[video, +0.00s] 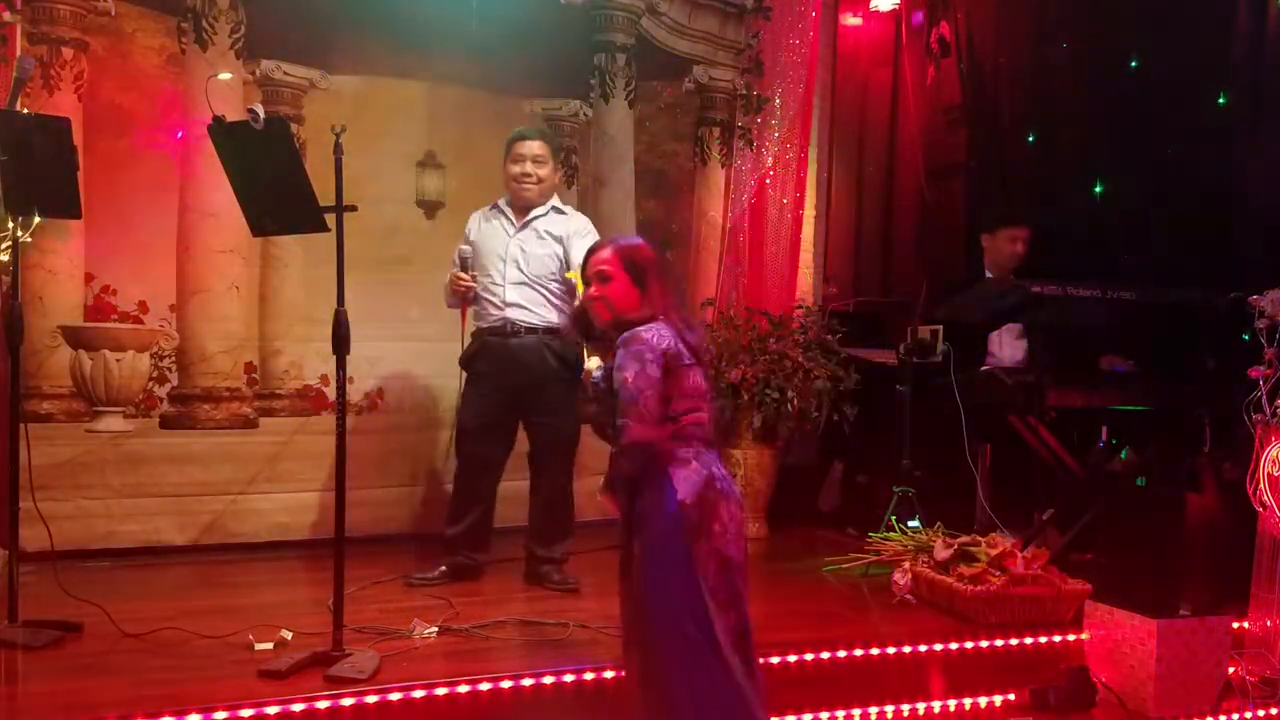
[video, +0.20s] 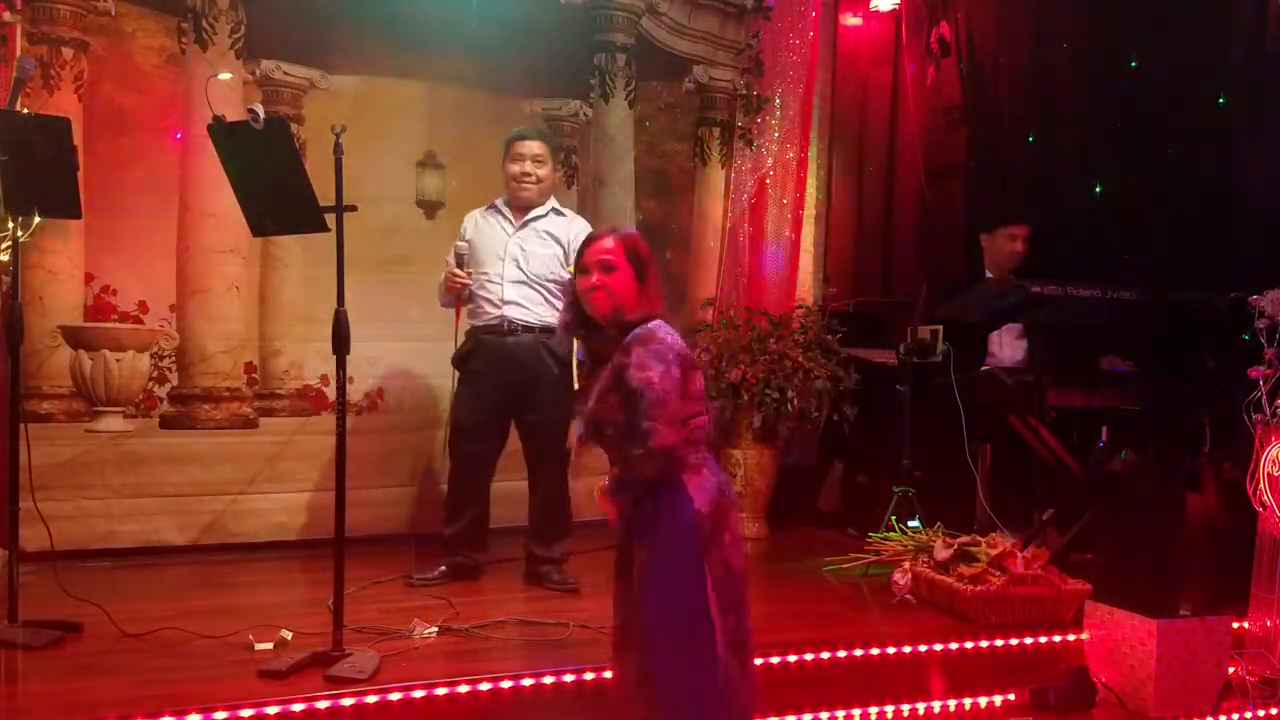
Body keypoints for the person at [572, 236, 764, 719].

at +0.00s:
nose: (593, 291)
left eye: (604, 279)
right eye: (589, 282)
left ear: (639, 283)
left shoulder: (640, 342)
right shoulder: (676, 336)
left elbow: (640, 433)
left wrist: (614, 486)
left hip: (671, 494)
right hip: (708, 484)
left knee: (671, 622)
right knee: (705, 616)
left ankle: (686, 714)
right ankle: (721, 710)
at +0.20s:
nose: (592, 281)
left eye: (606, 268)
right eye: (584, 272)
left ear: (640, 278)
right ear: (577, 286)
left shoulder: (650, 342)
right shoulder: (630, 343)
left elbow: (658, 442)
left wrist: (617, 487)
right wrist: (619, 483)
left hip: (677, 506)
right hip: (659, 503)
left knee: (670, 633)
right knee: (655, 629)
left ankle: (681, 714)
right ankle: (663, 711)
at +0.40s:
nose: (598, 272)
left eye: (615, 262)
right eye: (587, 261)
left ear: (641, 277)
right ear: (574, 278)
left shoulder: (657, 348)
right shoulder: (597, 358)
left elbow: (685, 448)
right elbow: (587, 471)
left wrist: (619, 503)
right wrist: (562, 556)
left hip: (665, 546)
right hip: (623, 548)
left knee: (664, 688)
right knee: (634, 687)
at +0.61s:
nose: (596, 269)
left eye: (614, 259)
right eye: (584, 256)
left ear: (638, 277)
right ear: (566, 273)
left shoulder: (654, 362)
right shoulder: (561, 363)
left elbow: (684, 466)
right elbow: (554, 468)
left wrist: (603, 523)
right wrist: (521, 504)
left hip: (639, 567)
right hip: (571, 563)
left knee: (627, 700)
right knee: (573, 696)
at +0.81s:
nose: (574, 260)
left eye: (591, 249)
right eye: (560, 248)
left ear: (617, 269)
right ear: (541, 267)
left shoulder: (639, 359)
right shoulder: (528, 362)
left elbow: (673, 470)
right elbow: (498, 469)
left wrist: (587, 535)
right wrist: (463, 546)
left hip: (620, 572)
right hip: (532, 569)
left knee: (615, 706)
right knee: (503, 700)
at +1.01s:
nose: (520, 260)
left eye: (539, 245)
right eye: (508, 247)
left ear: (575, 269)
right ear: (494, 267)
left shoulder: (605, 376)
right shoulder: (475, 372)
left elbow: (621, 498)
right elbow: (455, 486)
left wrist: (551, 587)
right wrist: (435, 576)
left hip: (571, 582)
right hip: (472, 580)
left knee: (573, 709)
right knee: (455, 708)